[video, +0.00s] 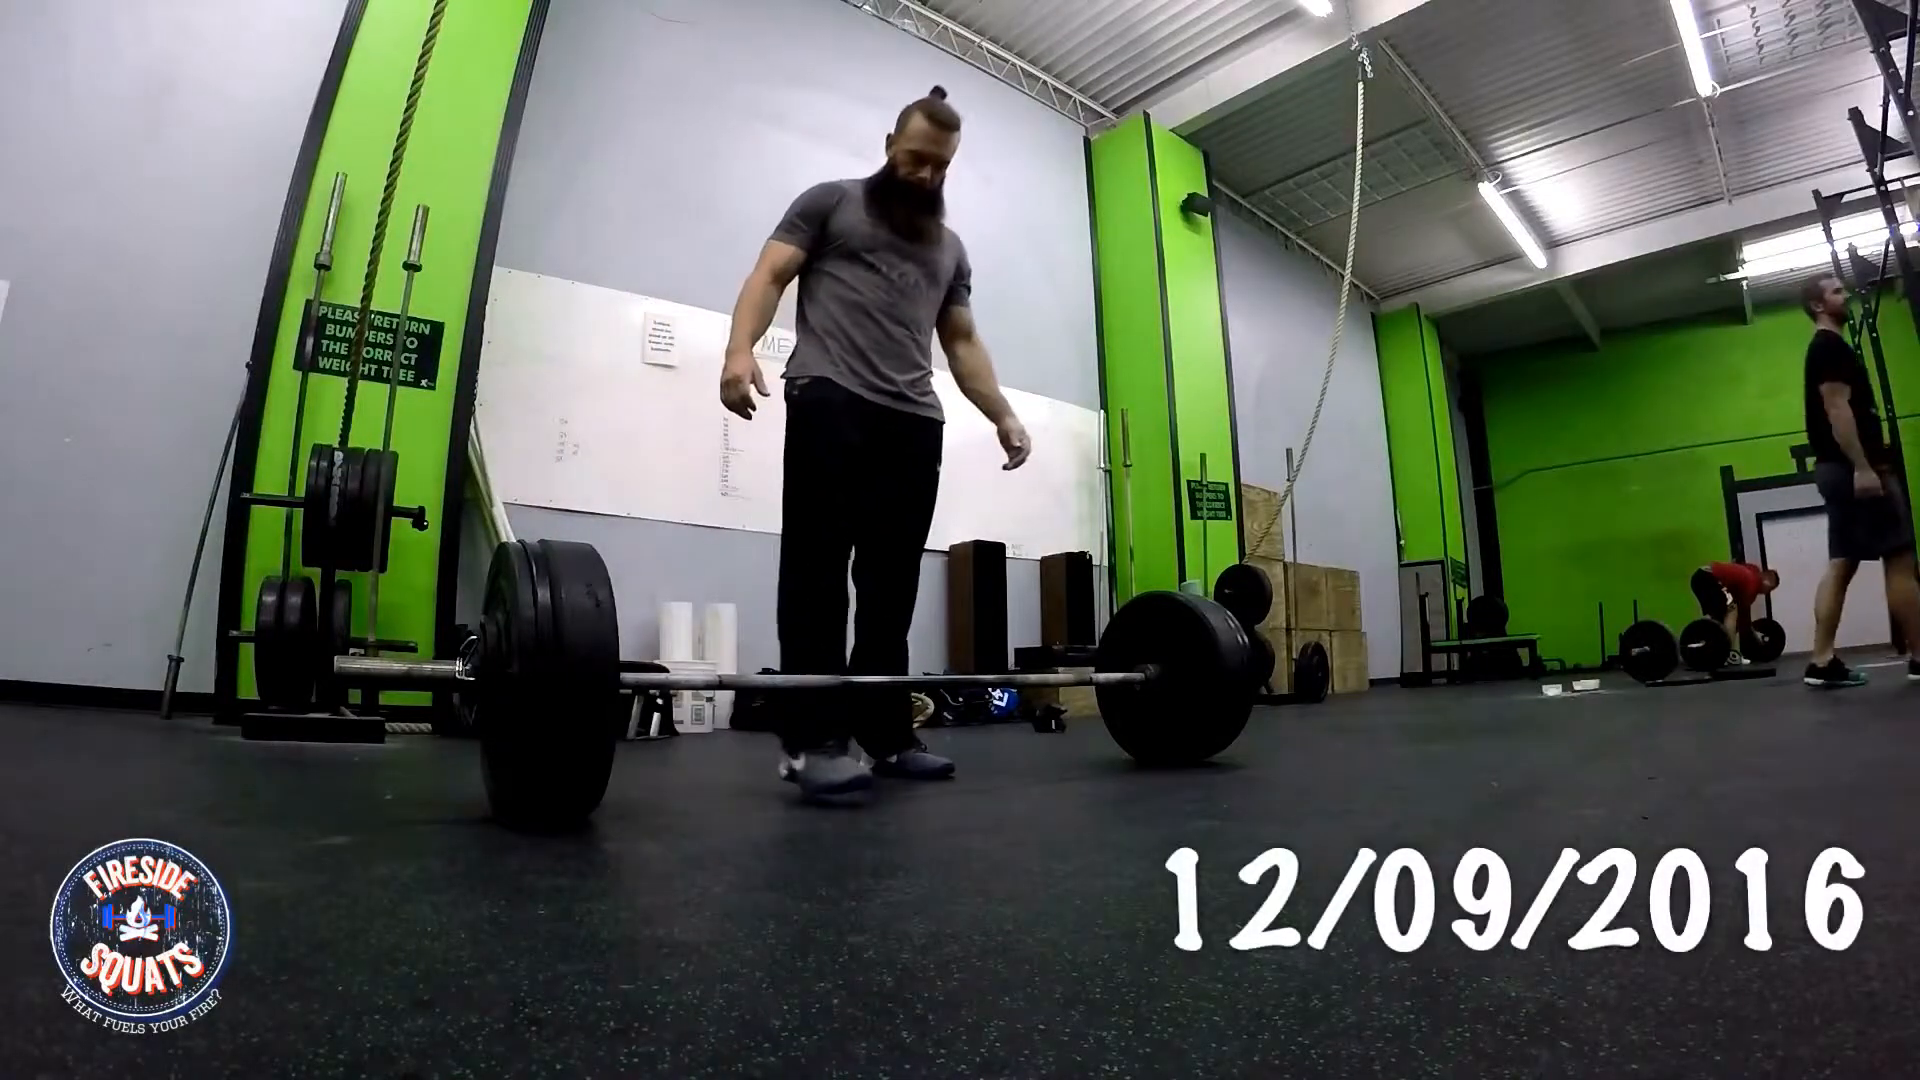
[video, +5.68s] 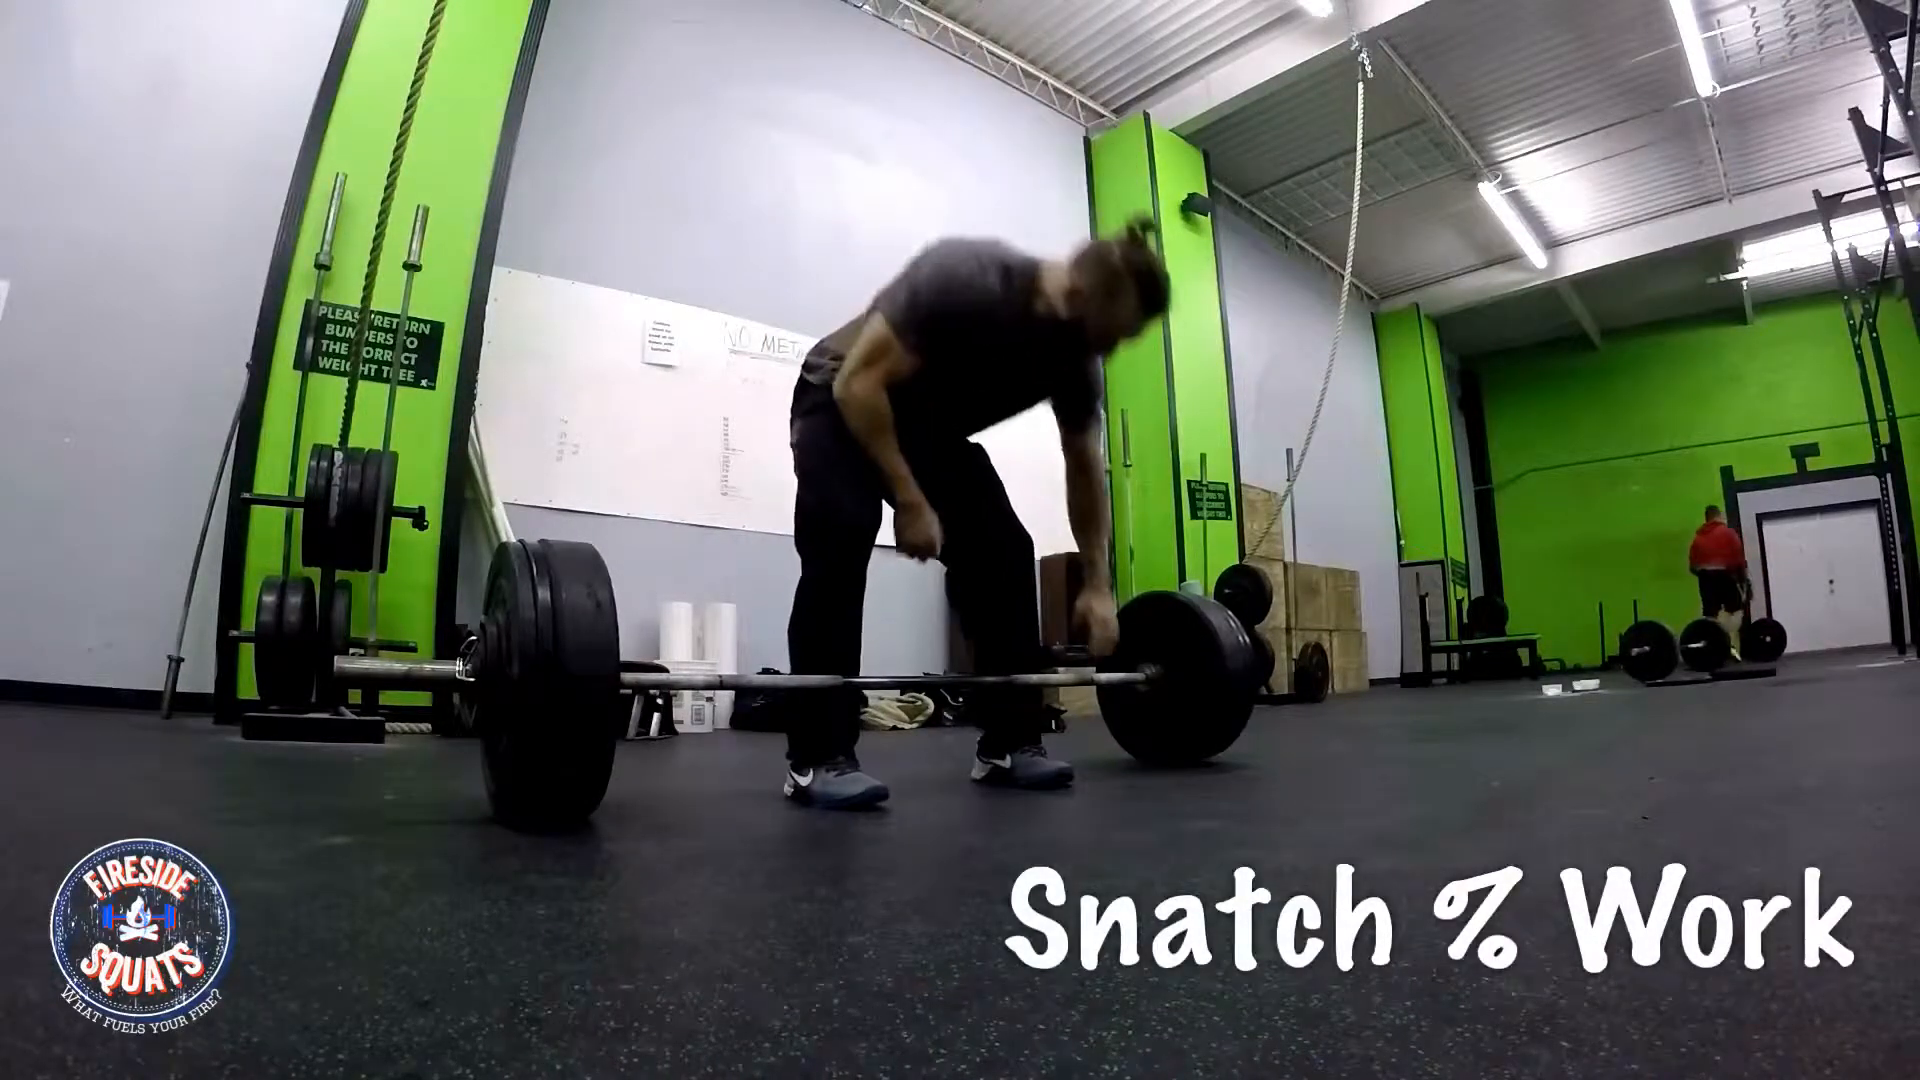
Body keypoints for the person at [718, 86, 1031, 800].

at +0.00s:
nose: (926, 174)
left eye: (939, 164)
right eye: (915, 158)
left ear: (951, 163)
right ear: (888, 146)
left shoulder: (949, 249)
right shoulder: (832, 202)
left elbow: (961, 341)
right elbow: (770, 275)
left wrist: (1003, 415)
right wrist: (739, 352)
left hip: (911, 420)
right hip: (828, 406)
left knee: (891, 582)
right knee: (814, 573)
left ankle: (885, 737)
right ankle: (812, 743)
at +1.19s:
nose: (1029, 136)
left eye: (1044, 127)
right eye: (1023, 116)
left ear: (1058, 122)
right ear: (995, 87)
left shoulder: (1033, 201)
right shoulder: (908, 134)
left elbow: (1029, 305)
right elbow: (817, 213)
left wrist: (1052, 397)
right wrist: (789, 315)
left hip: (964, 396)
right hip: (868, 378)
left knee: (978, 570)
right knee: (841, 565)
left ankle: (1004, 748)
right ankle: (824, 756)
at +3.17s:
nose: (1009, 50)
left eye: (1017, 41)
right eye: (995, 34)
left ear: (1020, 57)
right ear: (951, 40)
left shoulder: (1007, 168)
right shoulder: (885, 112)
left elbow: (1010, 285)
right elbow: (809, 204)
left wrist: (1053, 372)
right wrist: (816, 302)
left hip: (967, 390)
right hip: (870, 373)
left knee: (980, 569)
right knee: (843, 564)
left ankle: (1004, 747)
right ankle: (820, 758)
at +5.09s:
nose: (996, 66)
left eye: (1004, 59)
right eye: (982, 51)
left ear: (1006, 77)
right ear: (939, 58)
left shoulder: (1009, 177)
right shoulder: (880, 125)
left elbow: (1016, 280)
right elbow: (792, 210)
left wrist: (1022, 342)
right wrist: (837, 290)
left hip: (959, 388)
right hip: (865, 375)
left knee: (994, 551)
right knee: (840, 560)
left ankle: (1006, 744)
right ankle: (819, 758)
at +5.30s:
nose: (1038, 137)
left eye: (1052, 126)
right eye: (1032, 116)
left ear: (1059, 130)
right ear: (997, 95)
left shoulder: (1032, 224)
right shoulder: (909, 154)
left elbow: (1031, 322)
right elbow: (806, 243)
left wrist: (1027, 394)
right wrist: (862, 332)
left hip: (937, 403)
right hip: (846, 388)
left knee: (994, 550)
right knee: (833, 562)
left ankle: (1008, 743)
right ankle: (818, 758)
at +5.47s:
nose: (1078, 225)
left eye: (1089, 213)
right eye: (1075, 206)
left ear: (1092, 203)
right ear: (1040, 172)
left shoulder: (1050, 278)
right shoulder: (933, 202)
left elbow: (1054, 385)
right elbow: (835, 309)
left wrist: (1057, 482)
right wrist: (898, 409)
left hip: (928, 410)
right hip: (843, 388)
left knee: (993, 553)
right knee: (832, 558)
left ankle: (1006, 745)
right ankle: (818, 759)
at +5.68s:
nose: (1111, 346)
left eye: (1122, 336)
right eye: (1110, 329)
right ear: (1079, 289)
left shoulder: (1076, 355)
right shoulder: (961, 275)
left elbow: (1084, 465)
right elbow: (856, 383)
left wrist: (1097, 583)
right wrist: (908, 502)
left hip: (934, 425)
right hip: (845, 399)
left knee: (1001, 552)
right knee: (838, 558)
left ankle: (1008, 745)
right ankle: (819, 760)